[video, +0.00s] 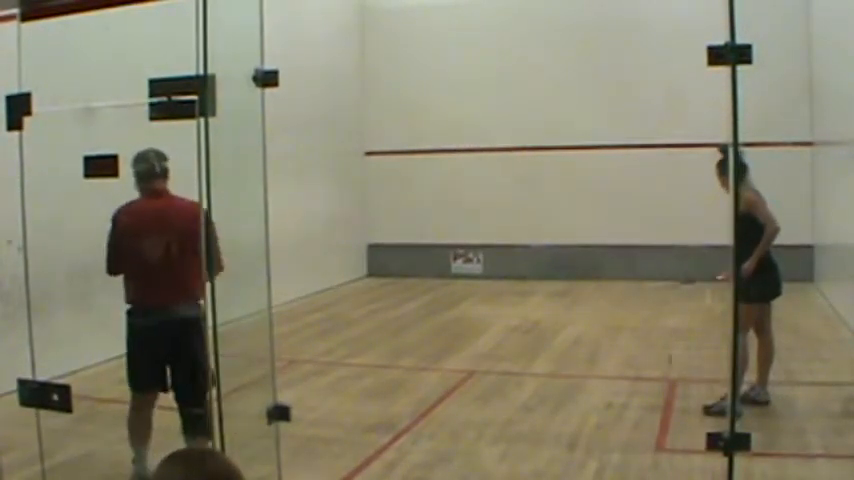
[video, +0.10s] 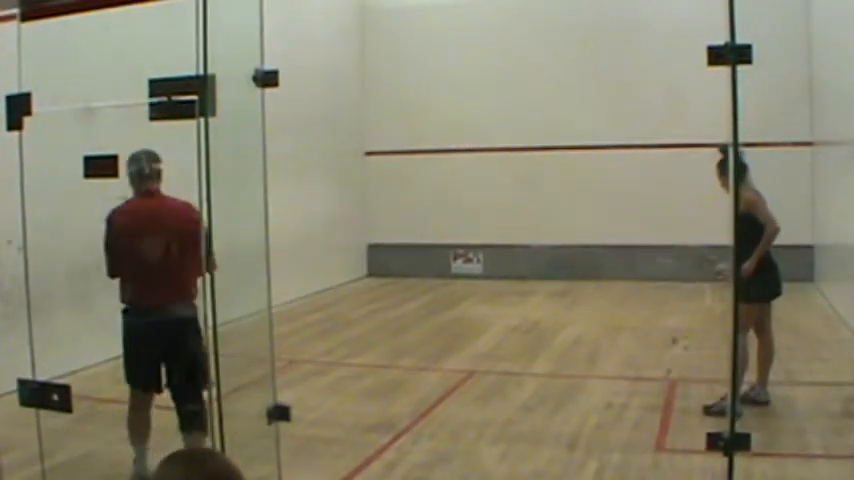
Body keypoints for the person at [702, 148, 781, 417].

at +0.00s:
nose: (720, 183)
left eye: (721, 177)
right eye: (719, 178)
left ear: (729, 176)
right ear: (737, 173)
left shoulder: (749, 198)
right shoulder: (742, 199)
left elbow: (772, 227)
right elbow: (748, 241)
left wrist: (752, 262)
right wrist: (734, 270)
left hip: (754, 277)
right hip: (756, 275)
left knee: (739, 333)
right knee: (763, 331)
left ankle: (733, 395)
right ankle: (760, 388)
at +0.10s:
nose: (720, 184)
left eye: (721, 177)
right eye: (719, 178)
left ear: (729, 176)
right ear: (738, 173)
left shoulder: (749, 198)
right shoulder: (743, 198)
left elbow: (772, 228)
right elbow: (752, 237)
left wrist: (751, 262)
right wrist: (736, 266)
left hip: (754, 277)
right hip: (756, 275)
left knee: (738, 334)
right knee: (763, 331)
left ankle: (733, 394)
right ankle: (760, 388)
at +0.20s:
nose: (720, 183)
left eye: (721, 177)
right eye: (719, 178)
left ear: (729, 176)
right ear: (737, 173)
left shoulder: (749, 198)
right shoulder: (743, 198)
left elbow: (772, 228)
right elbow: (752, 237)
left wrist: (752, 261)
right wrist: (738, 265)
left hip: (754, 277)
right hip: (756, 275)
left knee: (739, 333)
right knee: (763, 331)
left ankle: (733, 395)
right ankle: (760, 388)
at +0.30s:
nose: (721, 183)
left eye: (721, 177)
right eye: (720, 178)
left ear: (729, 176)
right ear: (738, 173)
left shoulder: (749, 198)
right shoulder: (743, 198)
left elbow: (773, 228)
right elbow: (752, 237)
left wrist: (752, 261)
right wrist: (738, 268)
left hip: (754, 277)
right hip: (756, 276)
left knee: (739, 333)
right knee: (762, 331)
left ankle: (733, 395)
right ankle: (760, 388)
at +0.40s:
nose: (721, 183)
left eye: (721, 177)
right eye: (720, 178)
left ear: (729, 176)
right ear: (739, 173)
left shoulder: (749, 198)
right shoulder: (743, 198)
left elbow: (772, 227)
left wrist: (752, 261)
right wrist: (742, 263)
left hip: (753, 277)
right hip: (756, 275)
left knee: (739, 333)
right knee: (763, 331)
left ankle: (733, 394)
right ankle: (760, 388)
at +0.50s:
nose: (720, 184)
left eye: (721, 178)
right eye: (720, 178)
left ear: (729, 176)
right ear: (738, 173)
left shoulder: (749, 198)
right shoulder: (743, 198)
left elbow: (772, 228)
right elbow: (753, 235)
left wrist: (752, 262)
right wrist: (740, 262)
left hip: (753, 277)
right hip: (757, 275)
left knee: (739, 333)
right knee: (763, 331)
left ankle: (733, 395)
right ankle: (760, 388)